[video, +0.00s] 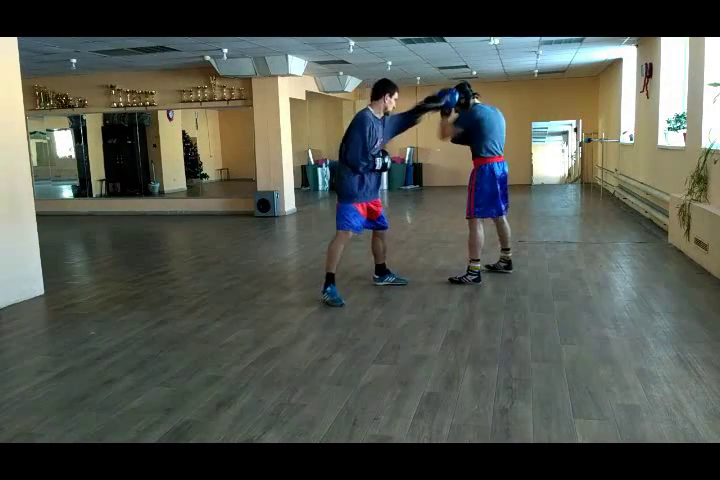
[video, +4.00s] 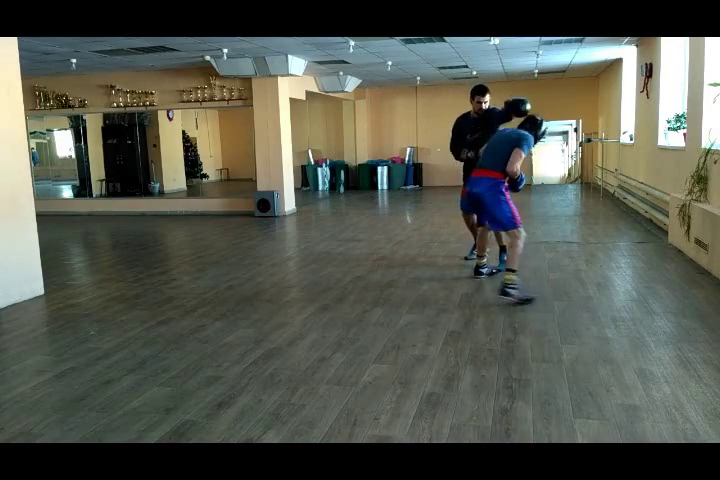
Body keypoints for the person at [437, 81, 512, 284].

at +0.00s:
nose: (457, 108)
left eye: (457, 105)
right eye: (457, 104)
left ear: (461, 101)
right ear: (474, 97)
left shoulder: (471, 113)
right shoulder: (496, 113)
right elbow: (477, 138)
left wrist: (446, 112)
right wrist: (453, 135)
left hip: (483, 169)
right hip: (500, 166)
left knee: (475, 219)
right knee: (499, 216)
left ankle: (473, 271)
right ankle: (506, 260)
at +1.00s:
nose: (481, 95)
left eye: (482, 92)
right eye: (482, 92)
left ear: (485, 92)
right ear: (504, 93)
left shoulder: (479, 105)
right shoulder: (517, 113)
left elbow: (455, 130)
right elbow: (506, 136)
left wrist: (468, 149)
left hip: (486, 171)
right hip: (510, 170)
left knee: (472, 222)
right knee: (522, 217)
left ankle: (465, 270)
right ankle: (542, 263)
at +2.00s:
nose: (441, 123)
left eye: (439, 119)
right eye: (438, 120)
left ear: (446, 113)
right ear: (452, 109)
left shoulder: (471, 123)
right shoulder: (471, 121)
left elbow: (476, 159)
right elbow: (470, 150)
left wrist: (455, 147)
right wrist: (459, 161)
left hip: (480, 179)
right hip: (492, 176)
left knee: (453, 223)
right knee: (499, 222)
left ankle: (448, 274)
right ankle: (536, 256)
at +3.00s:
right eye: (522, 94)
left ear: (500, 94)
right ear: (523, 94)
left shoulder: (489, 110)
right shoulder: (534, 110)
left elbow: (477, 142)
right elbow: (538, 148)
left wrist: (485, 124)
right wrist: (521, 134)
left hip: (495, 173)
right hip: (521, 172)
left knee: (489, 224)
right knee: (537, 225)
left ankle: (486, 273)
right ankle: (549, 276)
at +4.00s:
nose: (537, 140)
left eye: (538, 137)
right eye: (538, 137)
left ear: (522, 124)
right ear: (536, 132)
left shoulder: (501, 132)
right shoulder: (526, 138)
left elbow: (483, 153)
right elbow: (511, 168)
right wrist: (517, 179)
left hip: (473, 183)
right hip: (492, 186)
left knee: (484, 226)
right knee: (518, 235)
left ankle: (480, 266)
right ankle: (509, 285)